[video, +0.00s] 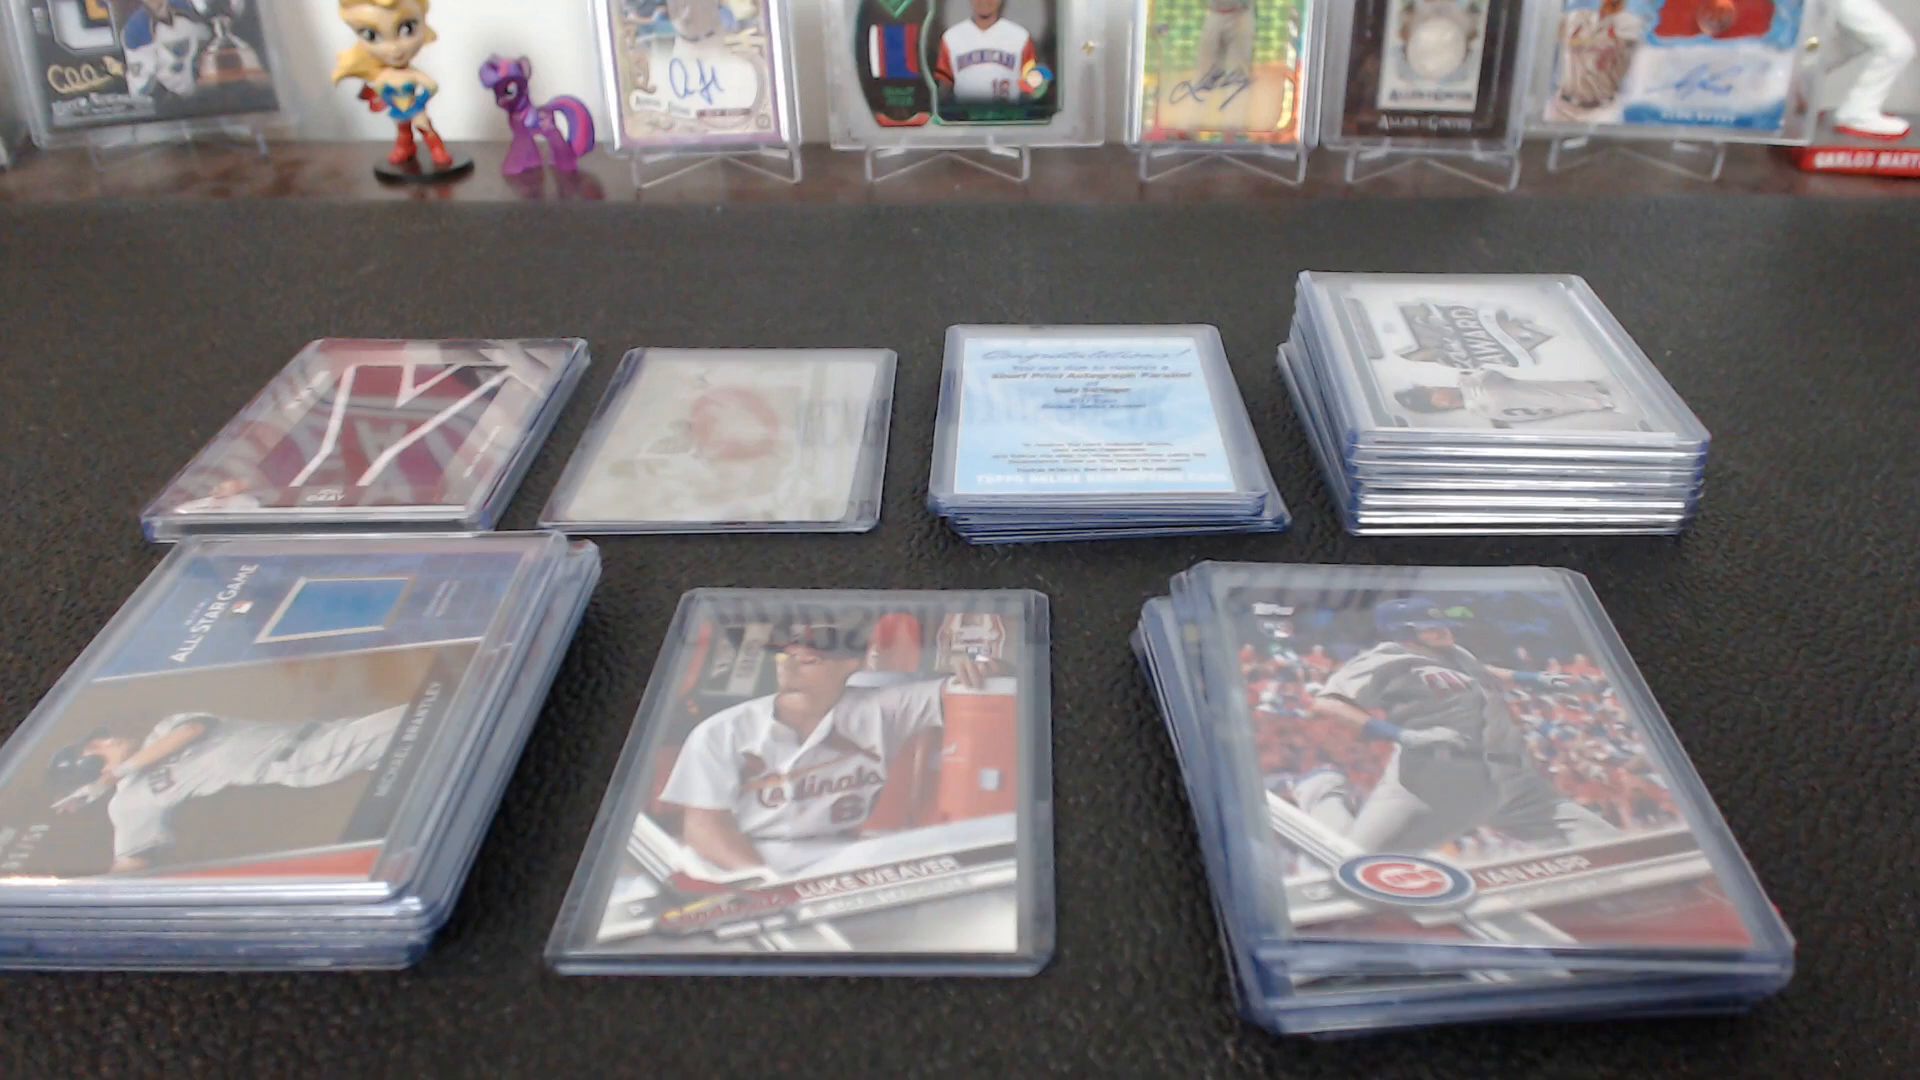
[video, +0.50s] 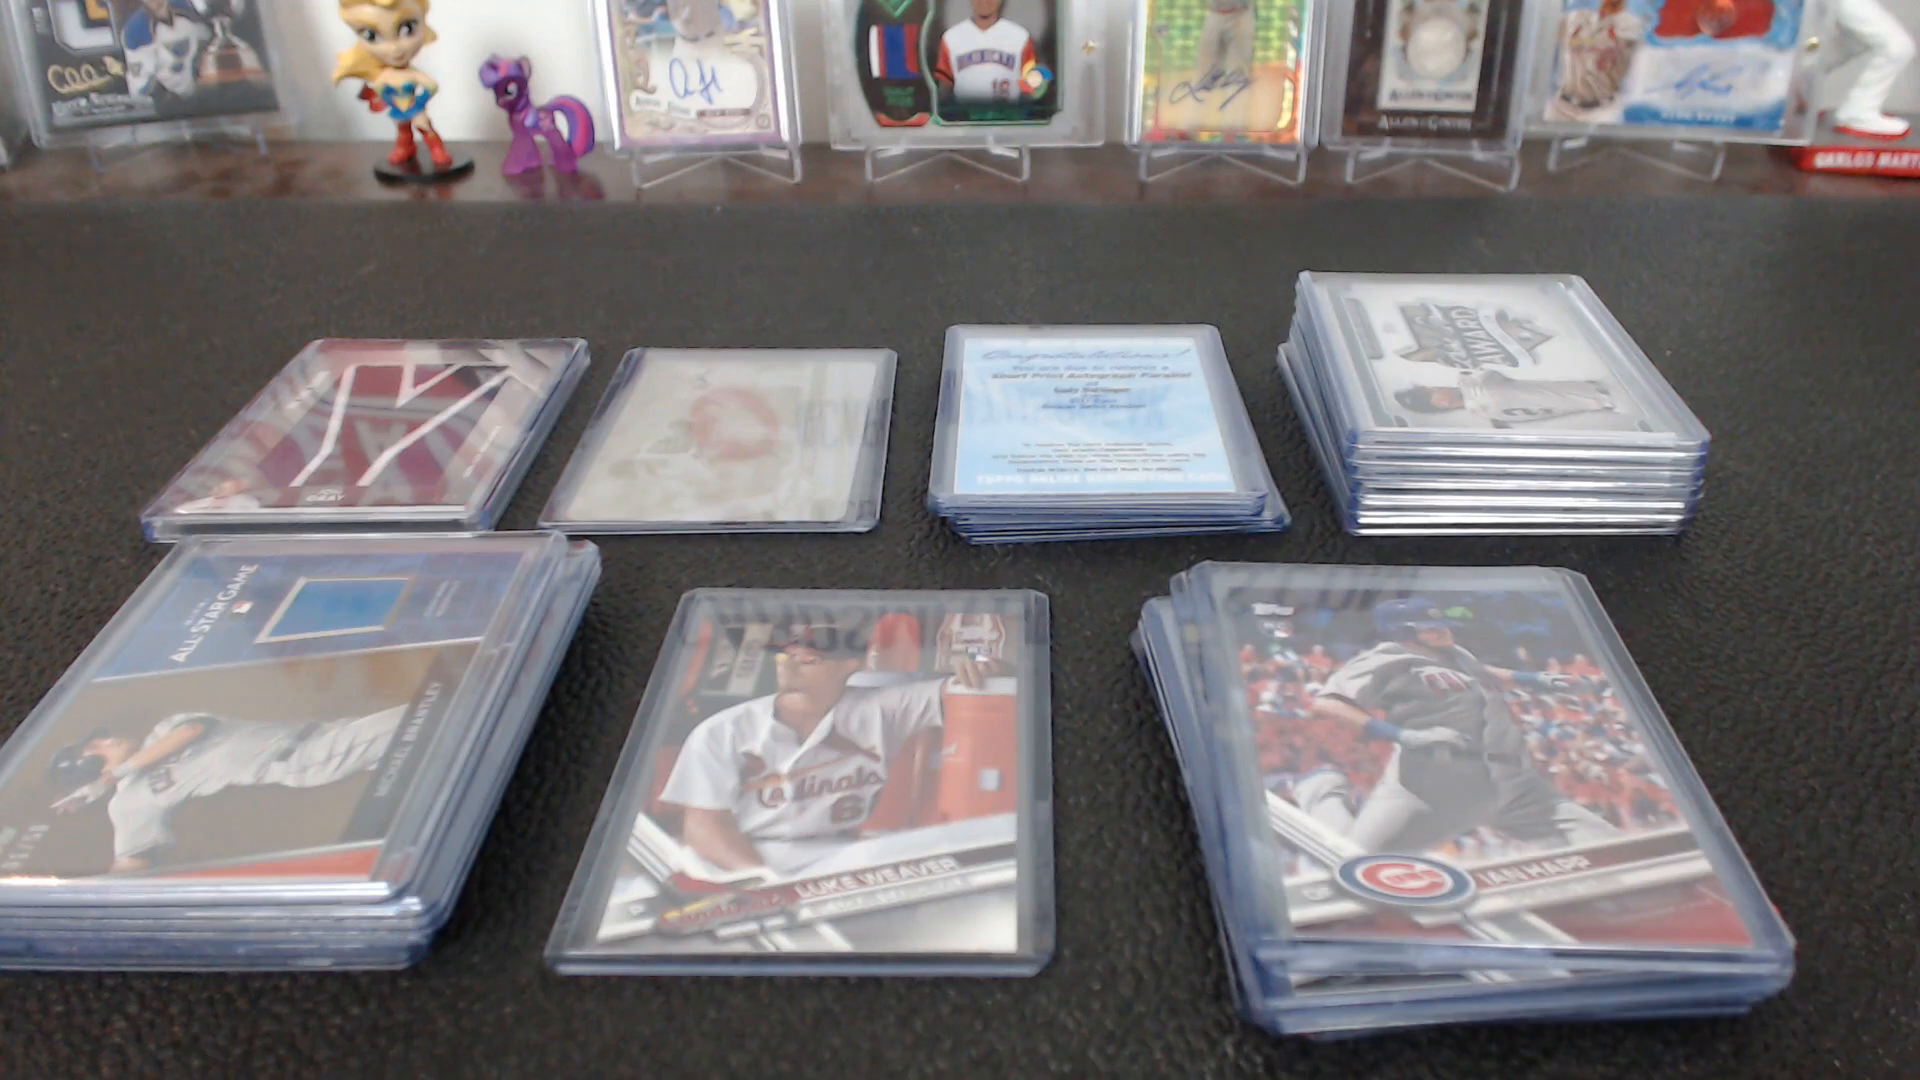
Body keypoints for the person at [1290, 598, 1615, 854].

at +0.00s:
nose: (1445, 629)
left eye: (1445, 621)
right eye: (1432, 622)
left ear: (1448, 623)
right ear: (1405, 628)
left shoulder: (1459, 657)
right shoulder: (1387, 659)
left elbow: (1490, 676)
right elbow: (1327, 704)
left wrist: (1539, 681)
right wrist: (1404, 736)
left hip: (1508, 788)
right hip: (1428, 794)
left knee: (1611, 847)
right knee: (1353, 866)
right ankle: (1320, 792)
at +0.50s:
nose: (1445, 629)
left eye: (1445, 620)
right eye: (1432, 621)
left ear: (1447, 623)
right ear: (1405, 628)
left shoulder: (1460, 657)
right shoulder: (1388, 659)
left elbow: (1490, 676)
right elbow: (1328, 704)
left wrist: (1537, 681)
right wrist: (1402, 735)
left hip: (1510, 789)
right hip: (1428, 795)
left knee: (1613, 848)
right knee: (1353, 866)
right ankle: (1321, 792)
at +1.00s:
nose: (1445, 630)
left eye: (1446, 622)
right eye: (1433, 622)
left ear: (1449, 624)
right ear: (1406, 628)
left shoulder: (1459, 656)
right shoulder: (1387, 659)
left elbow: (1489, 676)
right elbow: (1328, 703)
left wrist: (1538, 681)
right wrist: (1404, 735)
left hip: (1509, 789)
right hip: (1426, 798)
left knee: (1613, 849)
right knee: (1353, 866)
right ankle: (1320, 792)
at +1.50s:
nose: (1446, 631)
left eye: (1446, 622)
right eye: (1434, 623)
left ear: (1447, 624)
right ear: (1406, 628)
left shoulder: (1458, 657)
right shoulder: (1388, 659)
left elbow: (1489, 676)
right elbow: (1328, 703)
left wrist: (1538, 681)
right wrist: (1403, 735)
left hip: (1508, 789)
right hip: (1426, 796)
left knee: (1611, 847)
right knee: (1352, 866)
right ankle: (1321, 792)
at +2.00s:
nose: (1446, 631)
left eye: (1446, 622)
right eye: (1434, 623)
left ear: (1450, 623)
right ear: (1405, 628)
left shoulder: (1458, 656)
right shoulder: (1388, 659)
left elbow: (1488, 676)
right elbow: (1328, 704)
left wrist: (1538, 682)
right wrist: (1404, 736)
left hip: (1508, 788)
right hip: (1427, 796)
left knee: (1609, 846)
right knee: (1352, 868)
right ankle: (1321, 792)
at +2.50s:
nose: (1446, 631)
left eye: (1446, 622)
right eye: (1434, 623)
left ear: (1449, 624)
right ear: (1406, 628)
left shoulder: (1459, 656)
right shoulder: (1388, 659)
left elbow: (1489, 676)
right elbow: (1328, 704)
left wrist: (1538, 682)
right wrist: (1404, 736)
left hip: (1509, 789)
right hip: (1426, 797)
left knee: (1614, 850)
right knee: (1353, 868)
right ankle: (1321, 792)